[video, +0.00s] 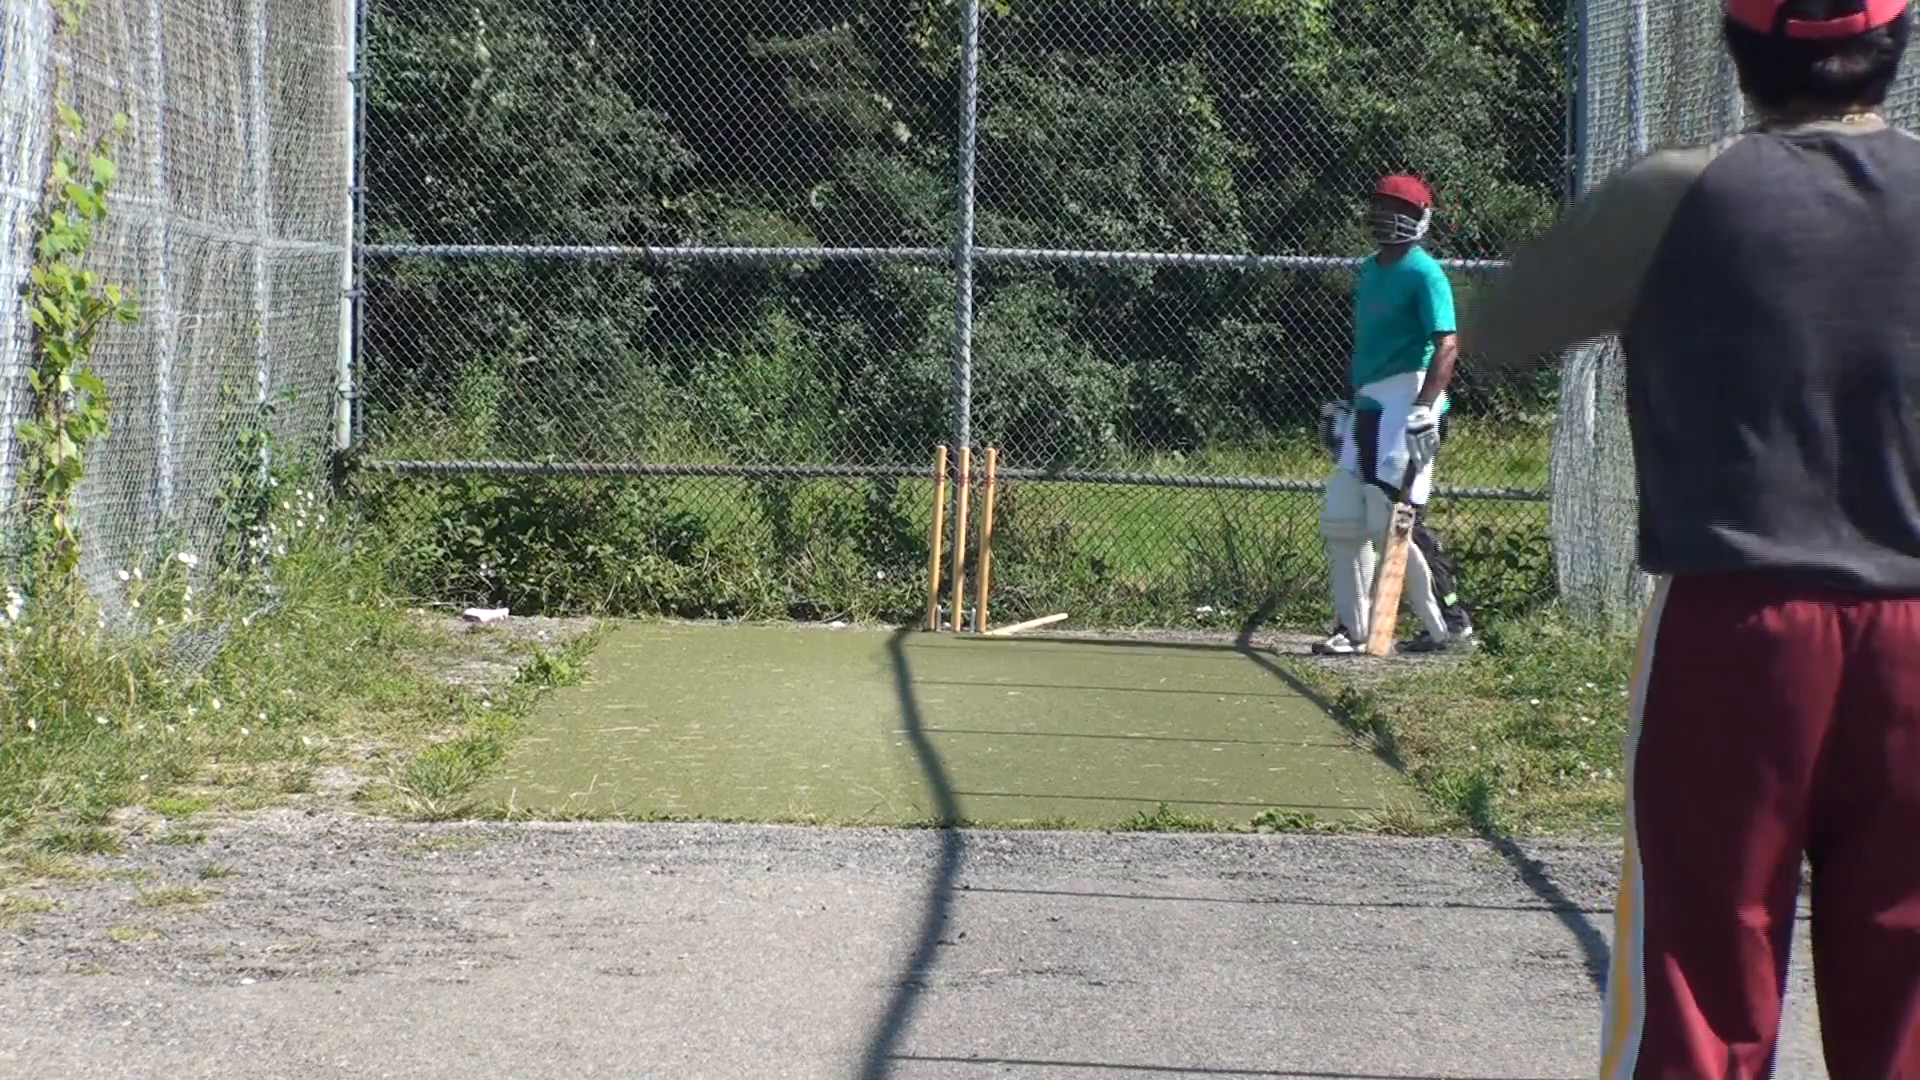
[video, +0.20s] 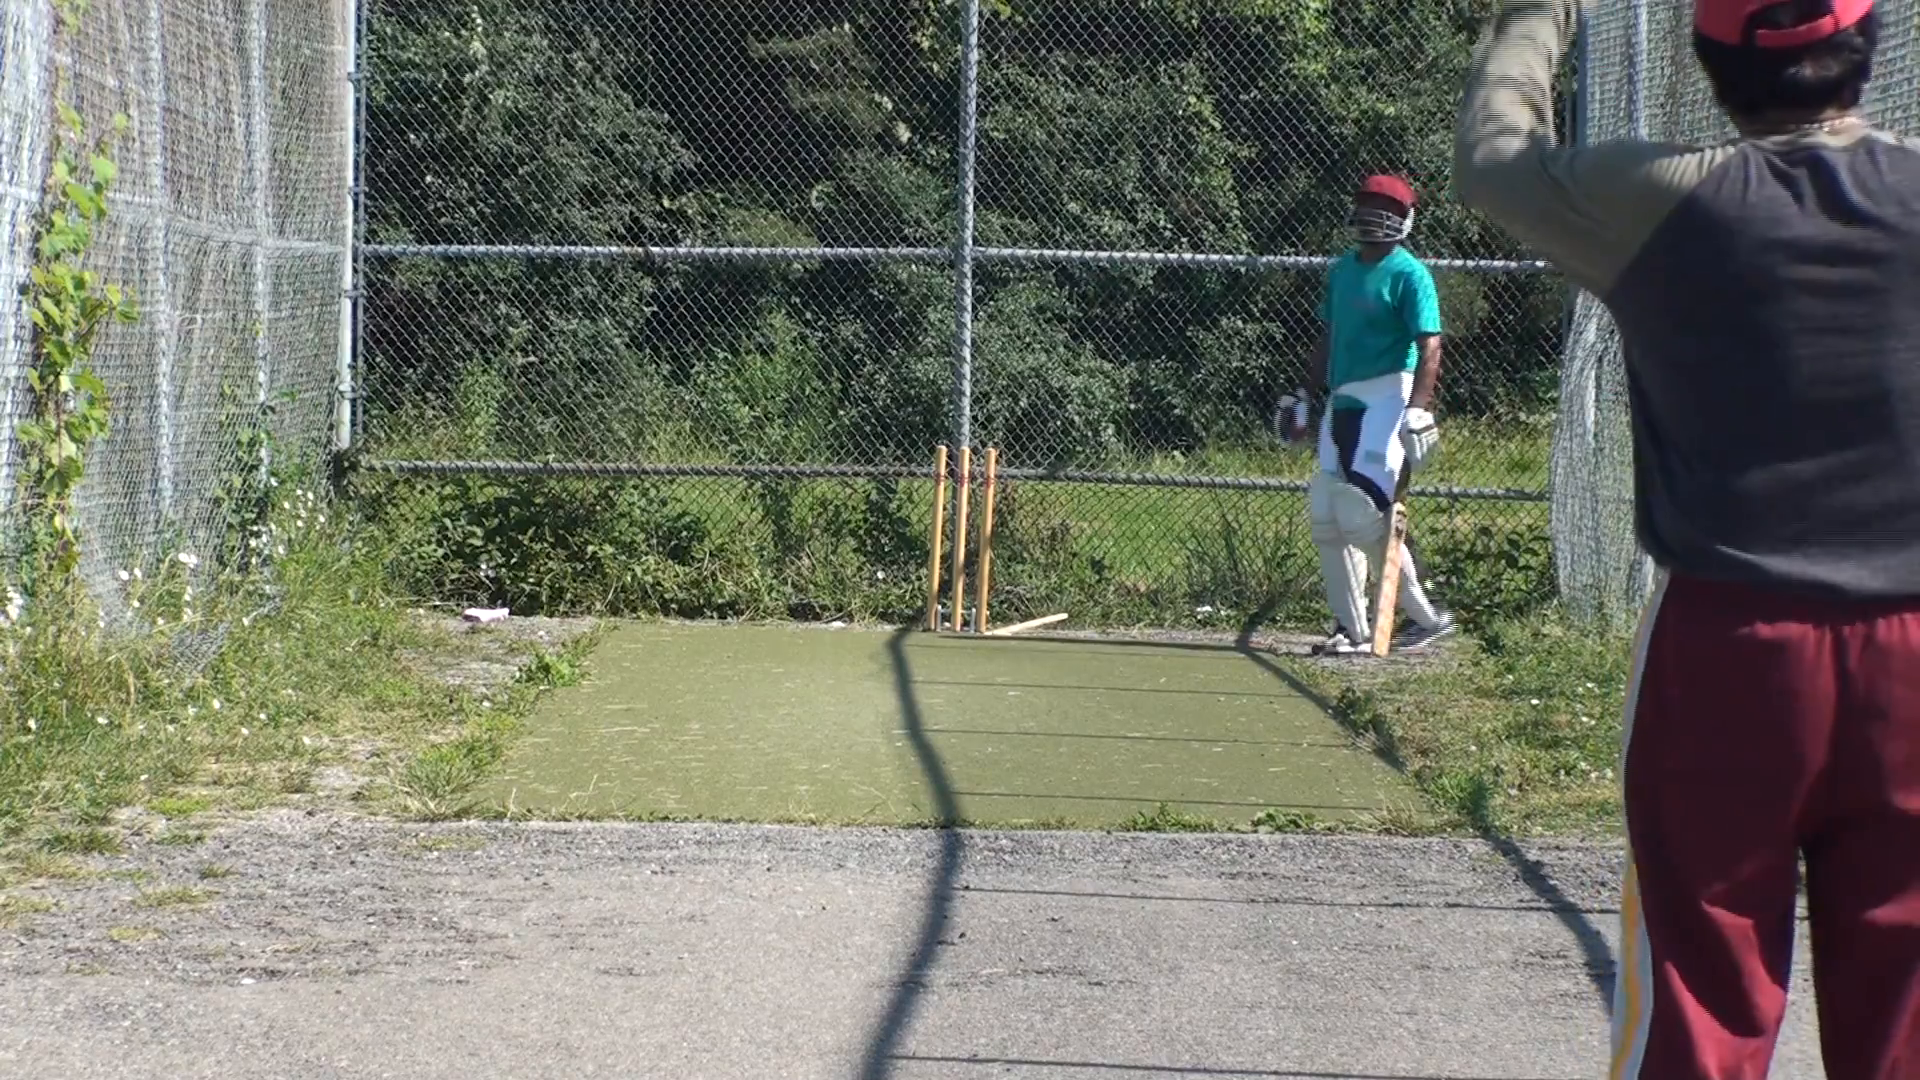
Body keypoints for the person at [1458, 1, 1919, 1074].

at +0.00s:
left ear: (1742, 52)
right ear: (1893, 51)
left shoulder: (1680, 196)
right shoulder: (1919, 183)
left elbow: (1495, 330)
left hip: (1736, 647)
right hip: (1913, 651)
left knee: (1706, 992)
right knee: (1902, 996)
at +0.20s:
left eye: (1720, 47)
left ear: (1718, 69)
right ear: (1862, 63)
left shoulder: (1668, 202)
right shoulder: (1913, 186)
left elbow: (1495, 155)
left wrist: (1536, 12)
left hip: (1732, 660)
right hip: (1910, 663)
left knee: (1705, 1008)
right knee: (1899, 1014)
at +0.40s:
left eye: (1710, 55)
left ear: (1708, 81)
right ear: (1852, 68)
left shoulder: (1666, 212)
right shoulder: (1908, 193)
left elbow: (1495, 137)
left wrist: (1501, 3)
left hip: (1732, 663)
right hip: (1906, 665)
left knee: (1702, 1005)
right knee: (1896, 1004)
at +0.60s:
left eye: (1774, 62)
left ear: (1785, 84)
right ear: (1915, 78)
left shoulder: (1729, 210)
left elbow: (1532, 147)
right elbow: (1537, 153)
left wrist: (1510, 15)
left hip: (1756, 659)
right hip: (1914, 670)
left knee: (1714, 1017)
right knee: (1919, 1017)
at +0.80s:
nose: (1894, 71)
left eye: (1900, 57)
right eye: (1903, 60)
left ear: (1907, 73)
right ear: (1910, 81)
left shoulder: (1853, 215)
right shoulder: (1862, 215)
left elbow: (1634, 137)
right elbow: (1639, 141)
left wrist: (1608, 14)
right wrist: (1615, 26)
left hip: (1865, 648)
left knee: (1790, 986)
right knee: (1797, 986)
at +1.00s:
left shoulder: (1899, 184)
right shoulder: (1894, 185)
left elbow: (1739, 114)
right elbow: (1740, 116)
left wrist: (1731, 14)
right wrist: (1733, 22)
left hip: (1917, 598)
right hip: (1911, 593)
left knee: (1881, 932)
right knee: (1881, 925)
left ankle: (1835, 1061)